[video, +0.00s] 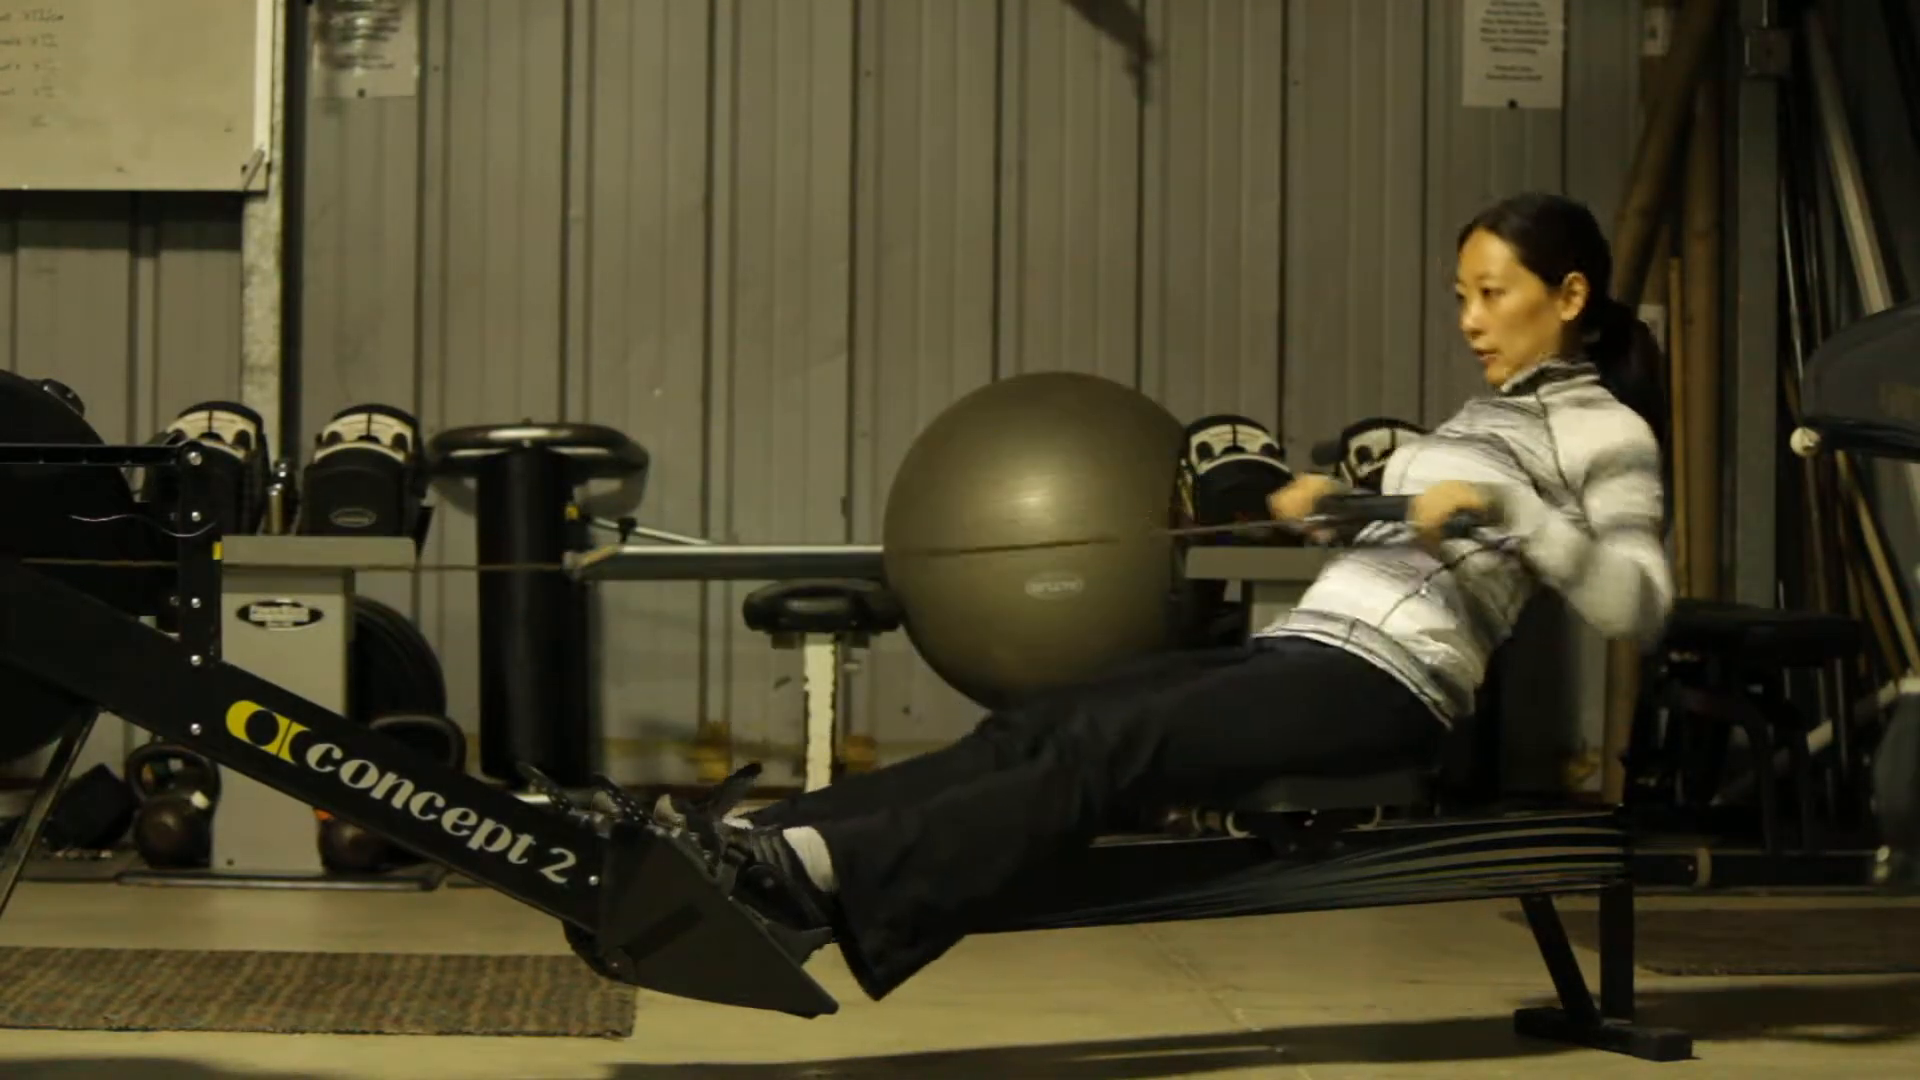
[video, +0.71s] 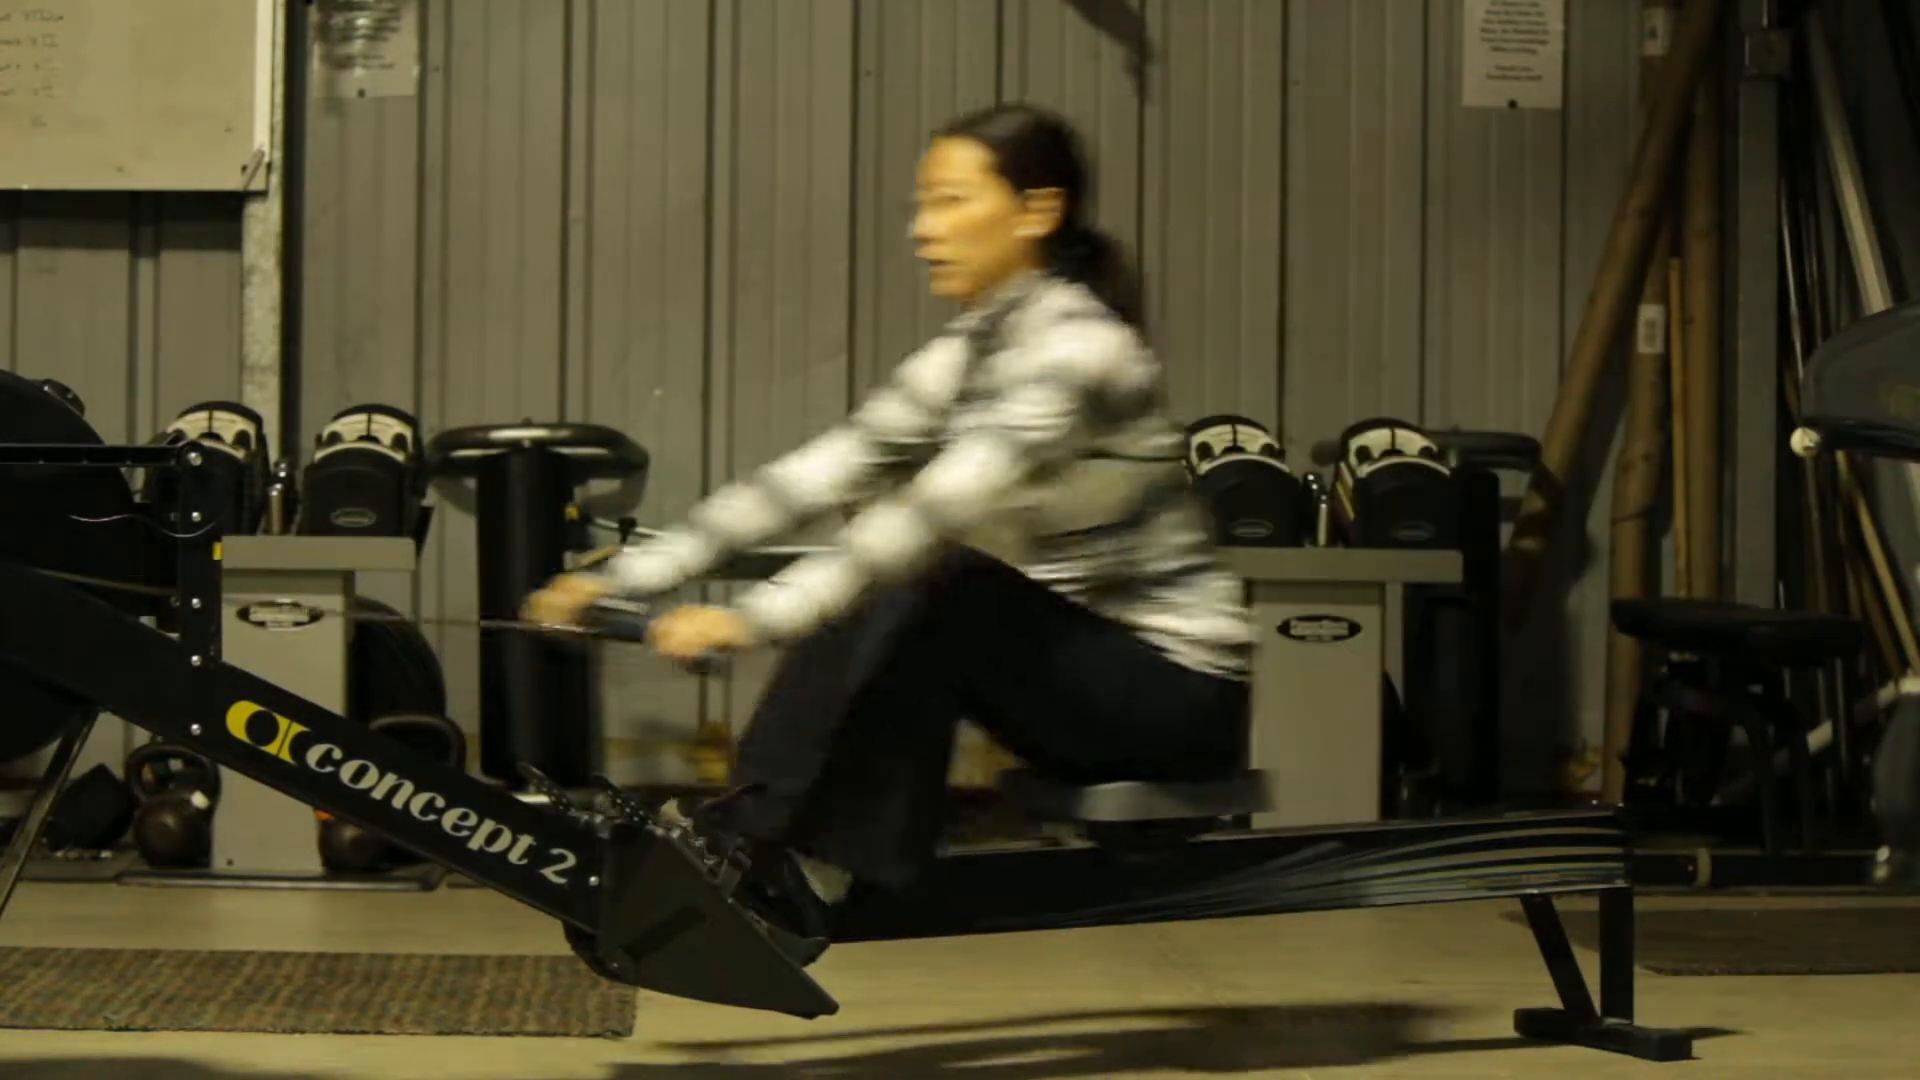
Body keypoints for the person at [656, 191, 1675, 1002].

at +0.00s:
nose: (1470, 319)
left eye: (1490, 295)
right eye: (1463, 297)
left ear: (1567, 297)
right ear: (1482, 301)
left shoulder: (1607, 429)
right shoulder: (1477, 412)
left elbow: (1636, 605)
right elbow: (1438, 532)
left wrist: (1505, 505)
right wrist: (1339, 505)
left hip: (1389, 680)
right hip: (1297, 654)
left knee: (1098, 740)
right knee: (1036, 719)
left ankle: (796, 883)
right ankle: (754, 846)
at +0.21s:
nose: (1432, 300)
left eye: (1450, 276)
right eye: (1426, 278)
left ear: (1528, 273)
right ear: (1456, 279)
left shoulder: (1575, 399)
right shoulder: (1444, 399)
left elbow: (1603, 589)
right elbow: (1395, 535)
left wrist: (1446, 519)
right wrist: (1281, 515)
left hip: (1390, 680)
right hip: (1305, 656)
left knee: (1096, 740)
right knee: (1040, 720)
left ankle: (807, 882)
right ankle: (770, 847)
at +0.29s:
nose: (1380, 275)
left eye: (1397, 252)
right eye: (1372, 253)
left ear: (1480, 242)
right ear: (1385, 252)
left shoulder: (1529, 372)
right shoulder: (1401, 365)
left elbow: (1526, 558)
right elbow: (1339, 524)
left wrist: (1337, 534)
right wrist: (1192, 529)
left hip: (1394, 681)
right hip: (1305, 657)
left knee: (1106, 738)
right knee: (1041, 720)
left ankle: (818, 887)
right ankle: (754, 848)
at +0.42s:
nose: (1258, 229)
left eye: (1282, 202)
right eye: (1254, 203)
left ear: (1365, 204)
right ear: (1255, 208)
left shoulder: (1411, 334)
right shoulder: (1275, 342)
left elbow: (1335, 524)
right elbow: (1175, 492)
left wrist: (1151, 595)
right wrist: (1009, 577)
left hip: (1363, 668)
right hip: (1258, 649)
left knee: (1076, 707)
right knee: (1023, 682)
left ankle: (833, 895)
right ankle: (785, 852)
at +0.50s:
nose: (1164, 220)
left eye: (1189, 193)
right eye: (1160, 196)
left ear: (1275, 196)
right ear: (1156, 197)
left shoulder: (1321, 334)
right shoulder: (1182, 341)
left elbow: (1198, 518)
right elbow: (1061, 487)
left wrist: (1032, 622)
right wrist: (892, 600)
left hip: (1332, 681)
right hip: (1230, 659)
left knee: (1022, 686)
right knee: (966, 663)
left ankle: (827, 884)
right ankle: (766, 849)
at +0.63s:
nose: (1016, 225)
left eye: (1044, 197)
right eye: (1014, 202)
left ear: (1134, 203)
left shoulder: (1173, 341)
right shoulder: (1054, 342)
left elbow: (1037, 512)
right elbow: (921, 476)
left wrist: (867, 633)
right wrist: (735, 596)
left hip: (1242, 688)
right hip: (1146, 666)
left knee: (988, 629)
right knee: (935, 621)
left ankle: (836, 867)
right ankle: (771, 825)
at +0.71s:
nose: (922, 230)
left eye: (950, 202)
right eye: (922, 206)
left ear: (1039, 210)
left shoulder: (1080, 347)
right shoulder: (969, 349)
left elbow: (931, 519)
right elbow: (823, 472)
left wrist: (754, 616)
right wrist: (623, 576)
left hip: (1180, 696)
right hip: (1095, 687)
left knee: (937, 589)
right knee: (888, 589)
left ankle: (752, 833)